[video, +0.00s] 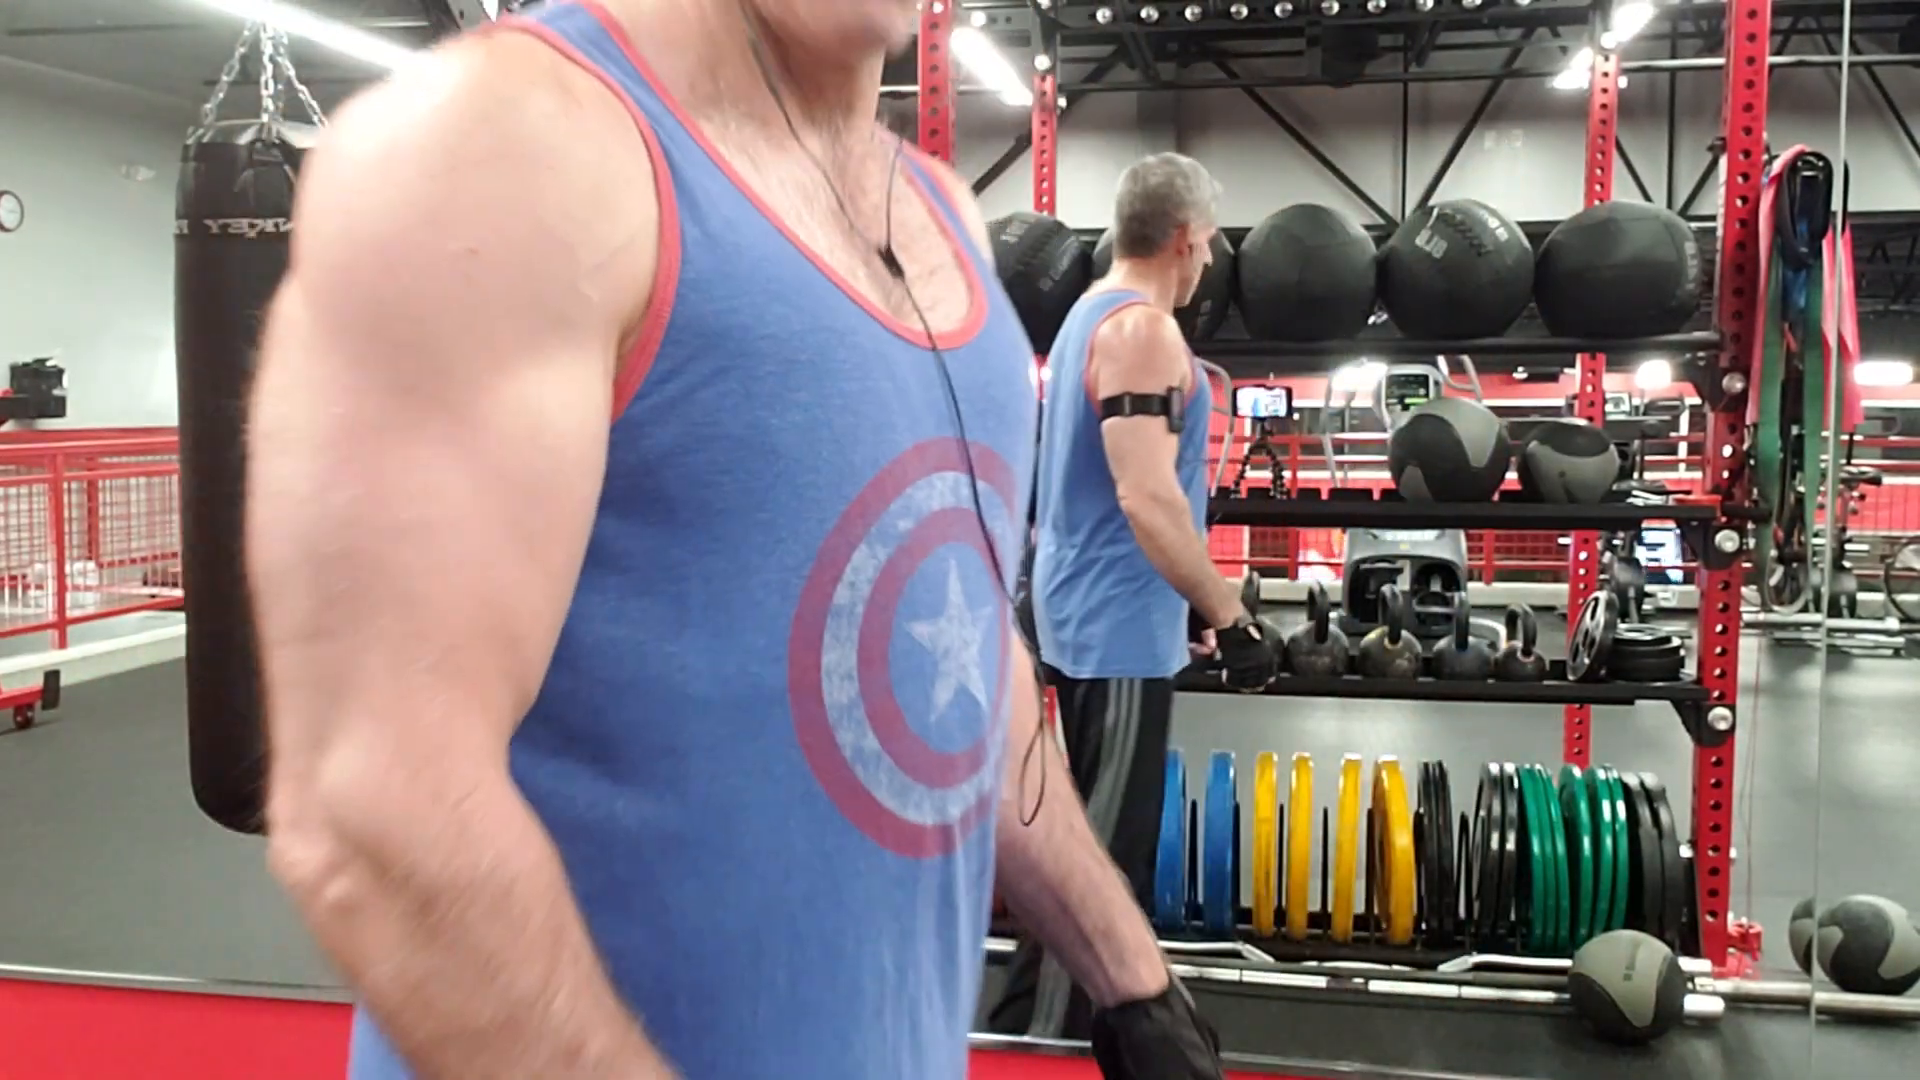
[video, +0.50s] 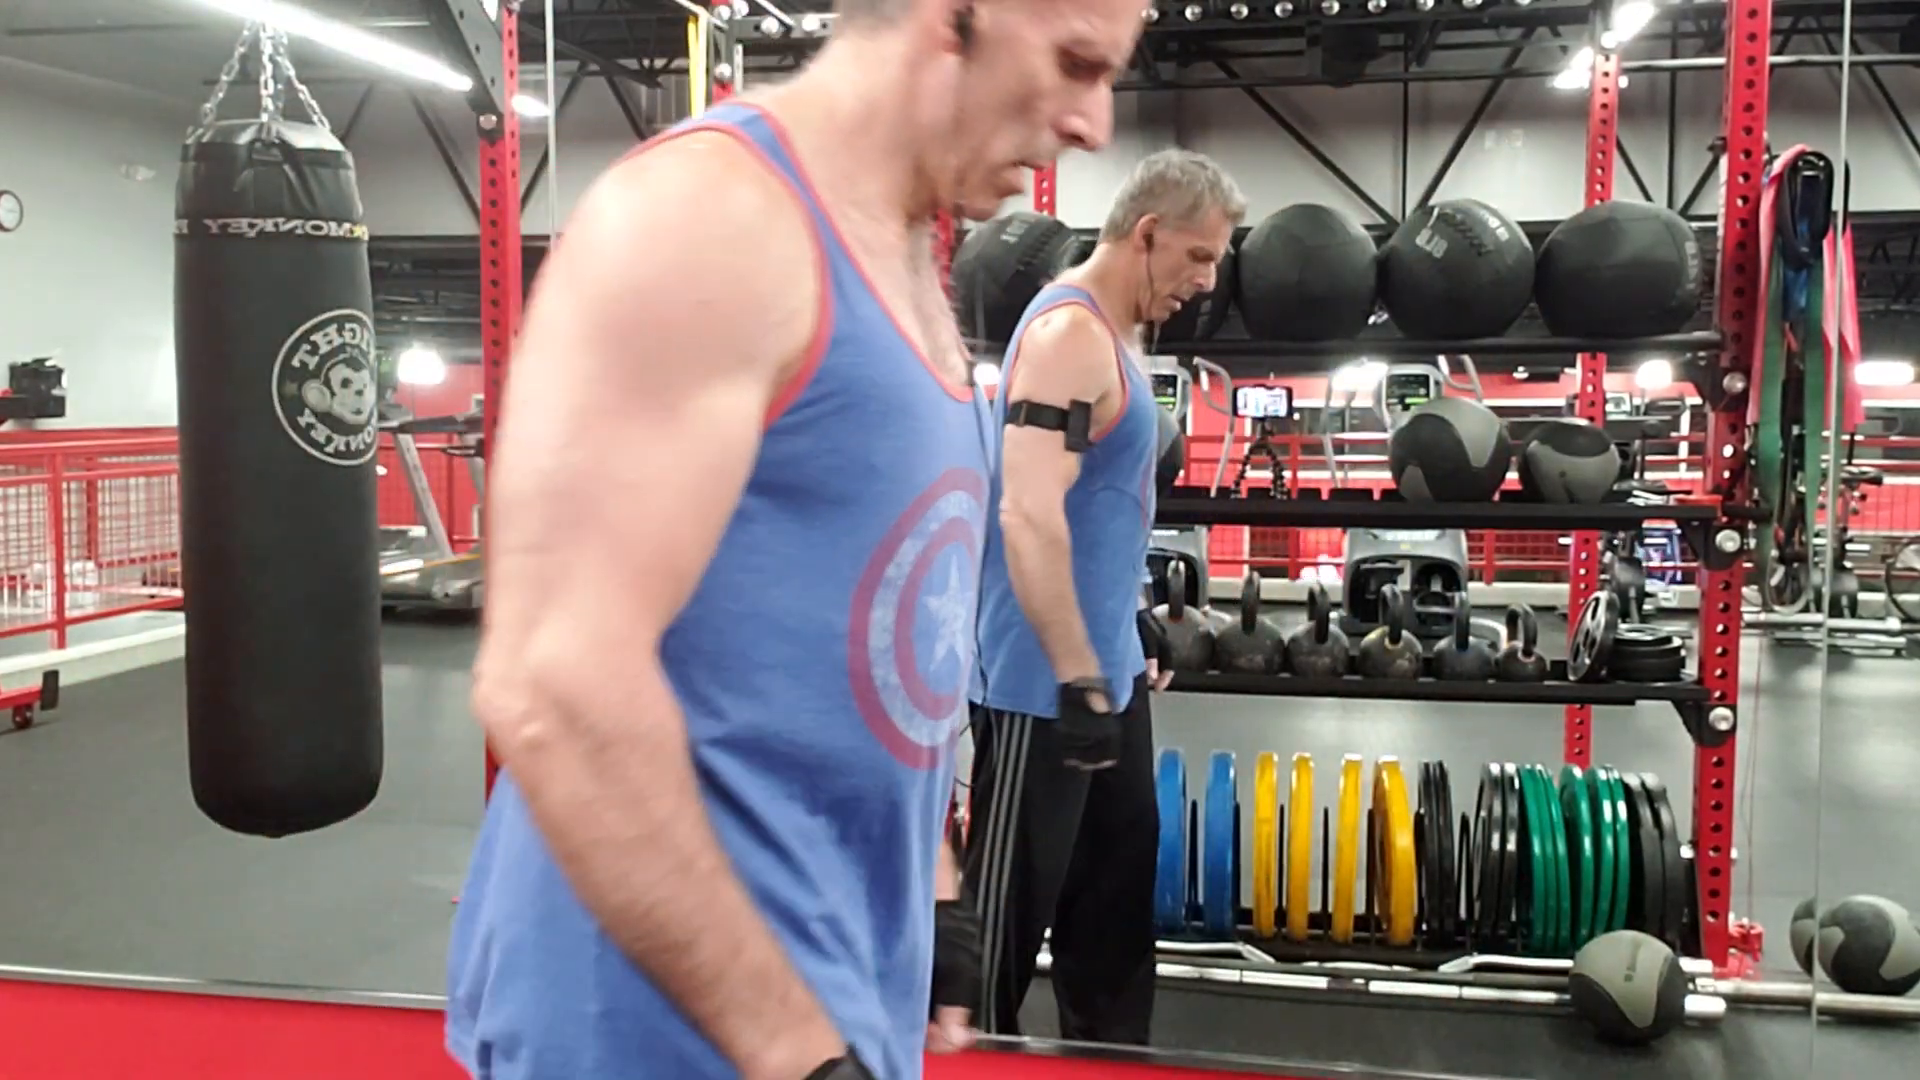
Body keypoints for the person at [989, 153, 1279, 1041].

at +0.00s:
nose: (1210, 257)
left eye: (1212, 242)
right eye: (1211, 241)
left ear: (1127, 235)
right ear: (1188, 240)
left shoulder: (1090, 318)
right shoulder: (1138, 325)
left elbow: (1082, 492)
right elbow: (1146, 496)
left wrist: (1198, 596)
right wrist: (1226, 606)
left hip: (1077, 617)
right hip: (1121, 626)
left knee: (1081, 840)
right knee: (1109, 852)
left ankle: (1042, 1022)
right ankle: (1055, 1034)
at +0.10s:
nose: (1210, 268)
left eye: (1213, 249)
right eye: (1208, 247)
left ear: (1141, 237)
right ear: (1173, 241)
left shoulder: (1085, 319)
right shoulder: (1121, 328)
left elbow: (1098, 501)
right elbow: (1131, 509)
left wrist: (1192, 606)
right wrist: (1219, 618)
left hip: (1079, 632)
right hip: (1102, 641)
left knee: (1091, 869)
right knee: (1075, 875)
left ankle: (1079, 1039)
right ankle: (1023, 1046)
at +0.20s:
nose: (1204, 281)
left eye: (1210, 261)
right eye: (1199, 258)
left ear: (1146, 243)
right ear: (1154, 241)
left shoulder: (1091, 322)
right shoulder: (1102, 334)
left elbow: (1098, 505)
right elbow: (1106, 516)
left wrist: (1172, 605)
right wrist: (1197, 633)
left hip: (1100, 657)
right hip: (1074, 659)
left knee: (1109, 877)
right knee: (1044, 883)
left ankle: (1089, 1043)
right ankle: (1006, 1049)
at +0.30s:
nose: (1199, 285)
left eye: (1206, 265)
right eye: (1192, 261)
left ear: (1142, 248)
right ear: (1140, 243)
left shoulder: (1100, 334)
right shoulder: (1081, 338)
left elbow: (1089, 516)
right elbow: (1080, 522)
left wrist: (1154, 635)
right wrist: (1160, 652)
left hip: (1098, 664)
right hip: (1056, 663)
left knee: (1111, 848)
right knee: (1026, 871)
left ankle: (1092, 999)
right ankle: (993, 1029)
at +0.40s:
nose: (1199, 282)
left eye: (1208, 263)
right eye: (1193, 258)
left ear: (1141, 241)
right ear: (1140, 237)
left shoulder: (1098, 329)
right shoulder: (1070, 332)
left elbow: (1076, 514)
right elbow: (1054, 518)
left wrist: (1119, 654)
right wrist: (1121, 664)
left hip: (1096, 679)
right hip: (1044, 681)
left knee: (1105, 904)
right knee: (1014, 913)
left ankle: (1101, 1052)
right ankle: (986, 1050)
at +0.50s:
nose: (1206, 282)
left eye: (1216, 263)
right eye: (1199, 257)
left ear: (1153, 240)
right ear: (1145, 234)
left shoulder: (1107, 331)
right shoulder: (1069, 330)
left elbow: (1092, 521)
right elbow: (1030, 513)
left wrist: (1131, 644)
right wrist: (1081, 676)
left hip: (1111, 688)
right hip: (1040, 694)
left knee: (1112, 936)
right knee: (1001, 931)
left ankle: (1109, 1068)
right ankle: (967, 1063)